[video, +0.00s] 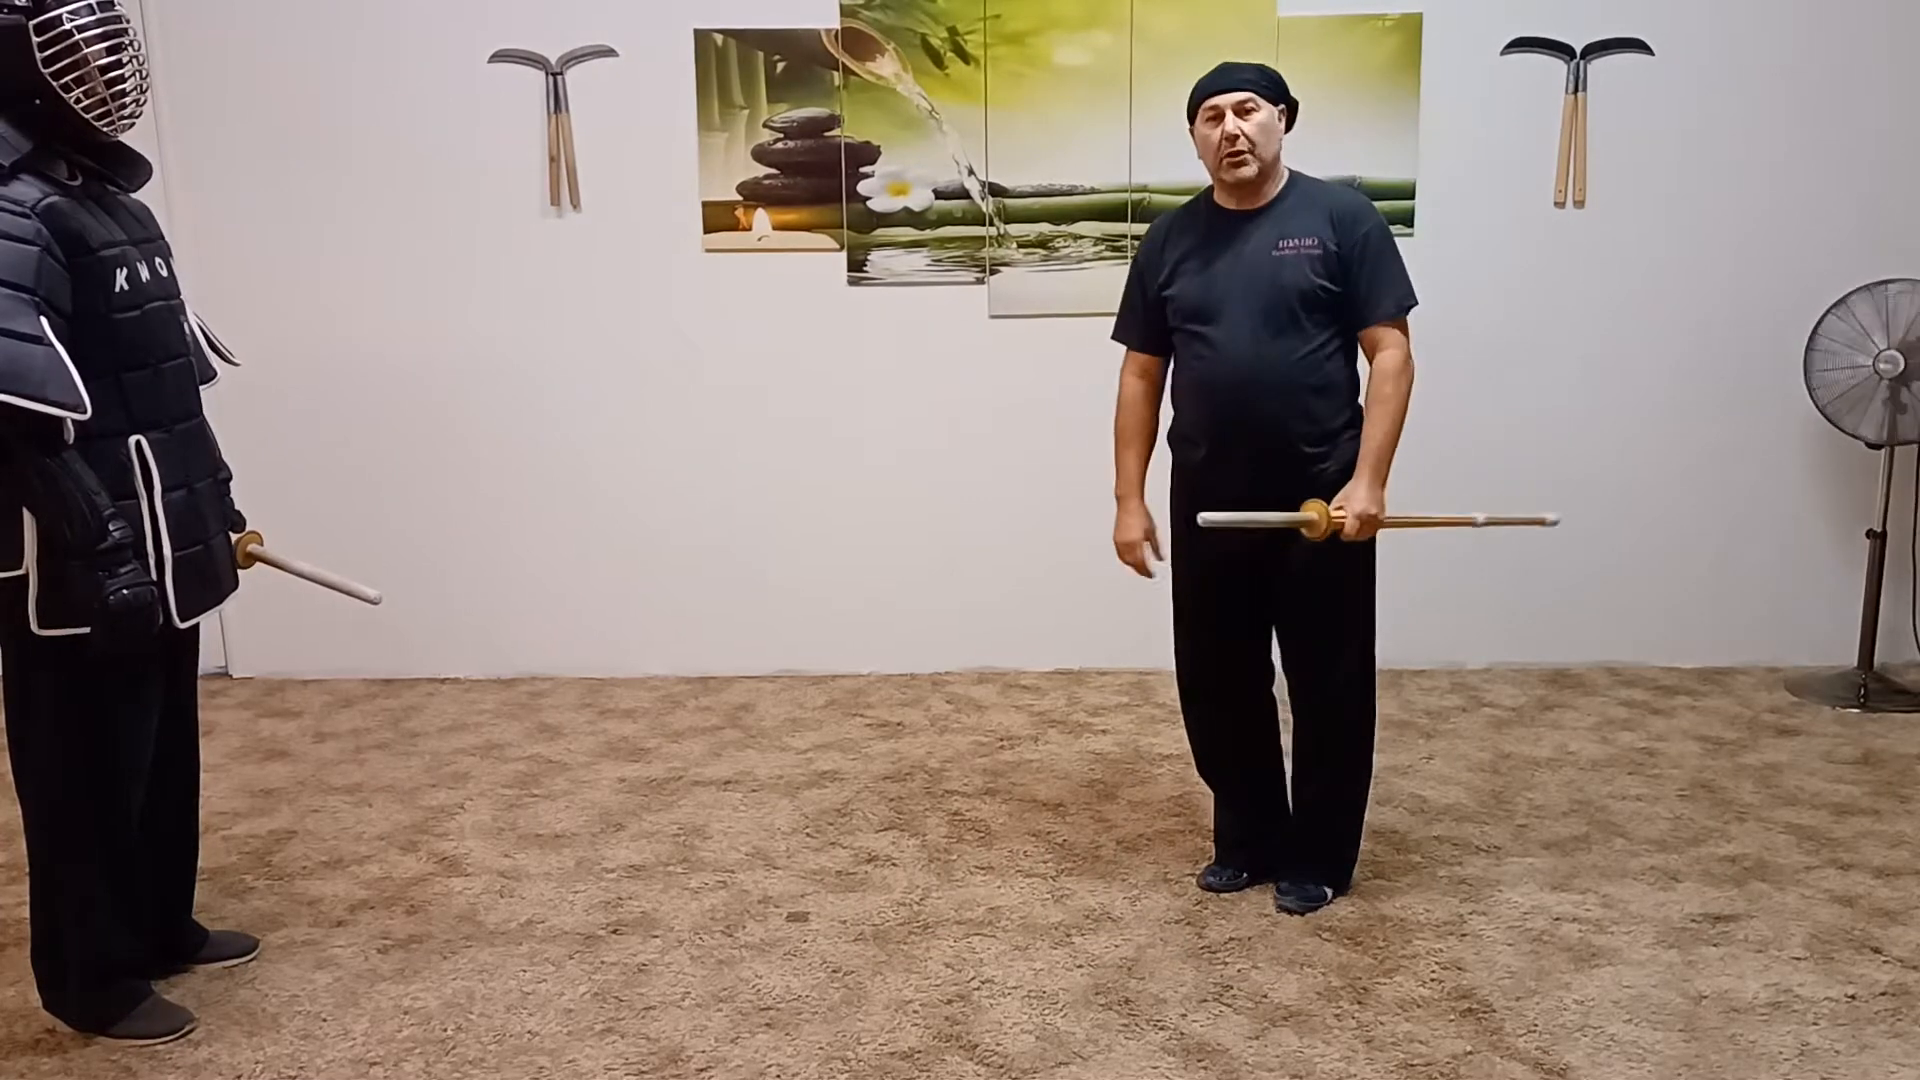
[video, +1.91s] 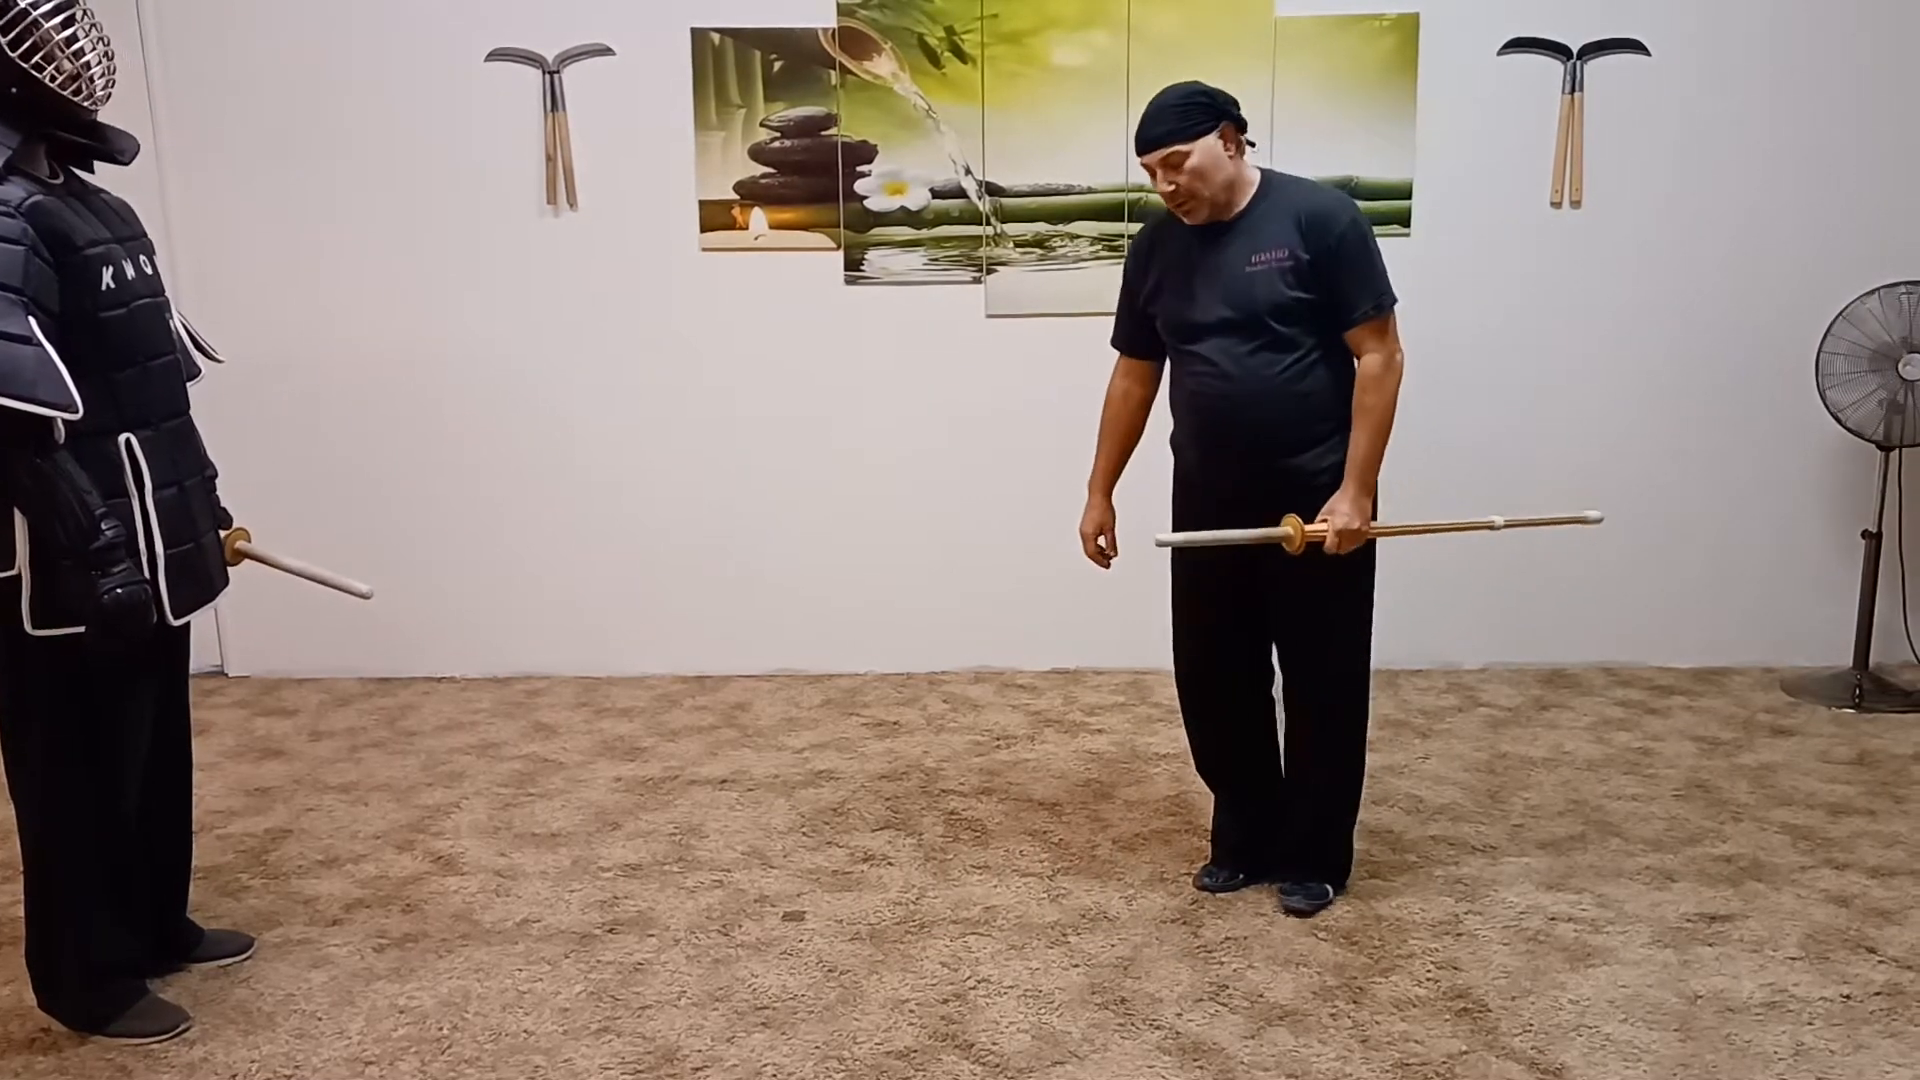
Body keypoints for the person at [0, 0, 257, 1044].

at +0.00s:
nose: (124, 66)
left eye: (120, 47)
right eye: (100, 48)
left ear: (98, 68)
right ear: (46, 67)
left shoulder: (120, 199)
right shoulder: (21, 206)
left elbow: (174, 380)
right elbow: (22, 398)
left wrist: (218, 506)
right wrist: (98, 537)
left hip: (158, 541)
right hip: (70, 553)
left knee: (159, 750)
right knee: (85, 770)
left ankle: (161, 932)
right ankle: (88, 982)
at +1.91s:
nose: (97, 71)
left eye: (91, 55)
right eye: (77, 57)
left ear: (55, 81)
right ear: (34, 77)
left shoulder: (103, 205)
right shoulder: (9, 211)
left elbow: (159, 384)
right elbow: (20, 409)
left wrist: (204, 509)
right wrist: (98, 544)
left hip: (146, 545)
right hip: (58, 560)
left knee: (152, 750)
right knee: (79, 772)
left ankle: (158, 931)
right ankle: (85, 982)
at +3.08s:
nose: (91, 74)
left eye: (85, 58)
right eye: (72, 60)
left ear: (50, 79)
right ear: (32, 77)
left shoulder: (102, 208)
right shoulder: (8, 215)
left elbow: (155, 383)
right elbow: (19, 413)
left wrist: (202, 506)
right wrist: (86, 544)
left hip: (145, 547)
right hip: (58, 562)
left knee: (151, 746)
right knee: (75, 768)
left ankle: (153, 930)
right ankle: (79, 979)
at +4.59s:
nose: (94, 75)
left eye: (89, 59)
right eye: (74, 61)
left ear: (57, 79)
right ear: (32, 78)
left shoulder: (107, 206)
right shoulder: (9, 212)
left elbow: (160, 380)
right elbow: (23, 410)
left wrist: (207, 504)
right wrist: (90, 541)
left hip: (149, 544)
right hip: (59, 558)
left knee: (150, 745)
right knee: (73, 765)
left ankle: (151, 928)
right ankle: (78, 980)